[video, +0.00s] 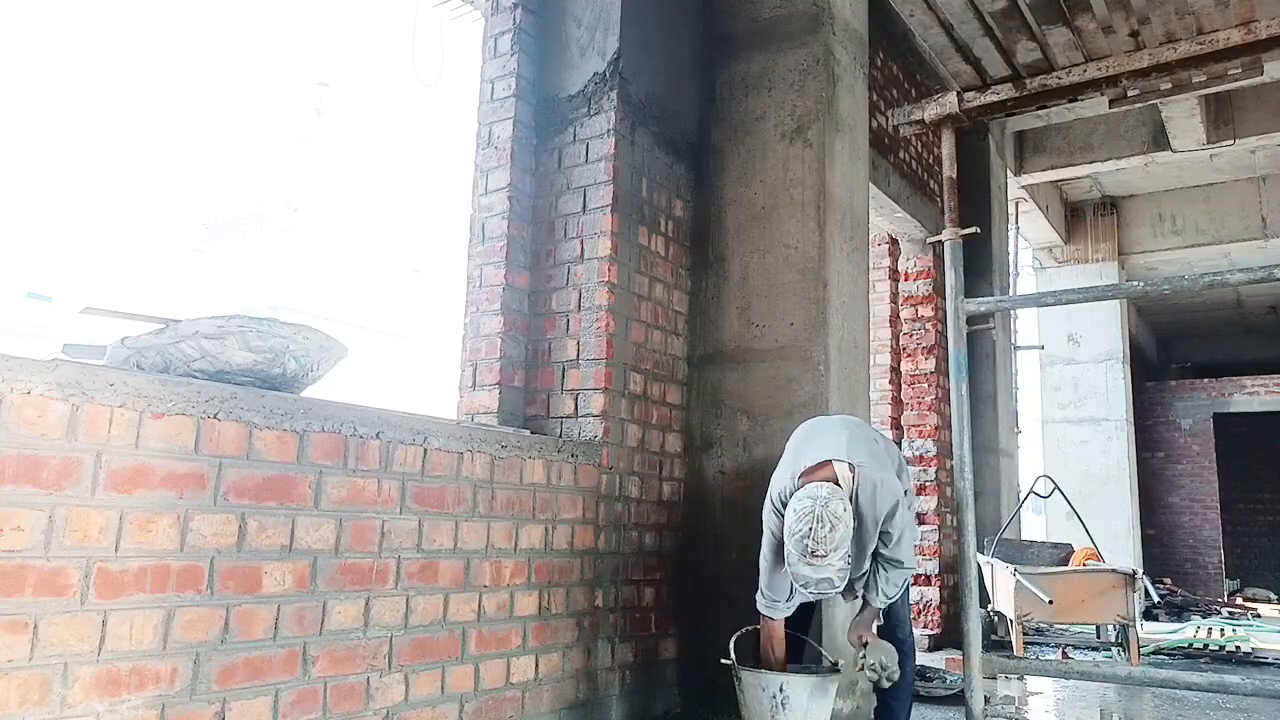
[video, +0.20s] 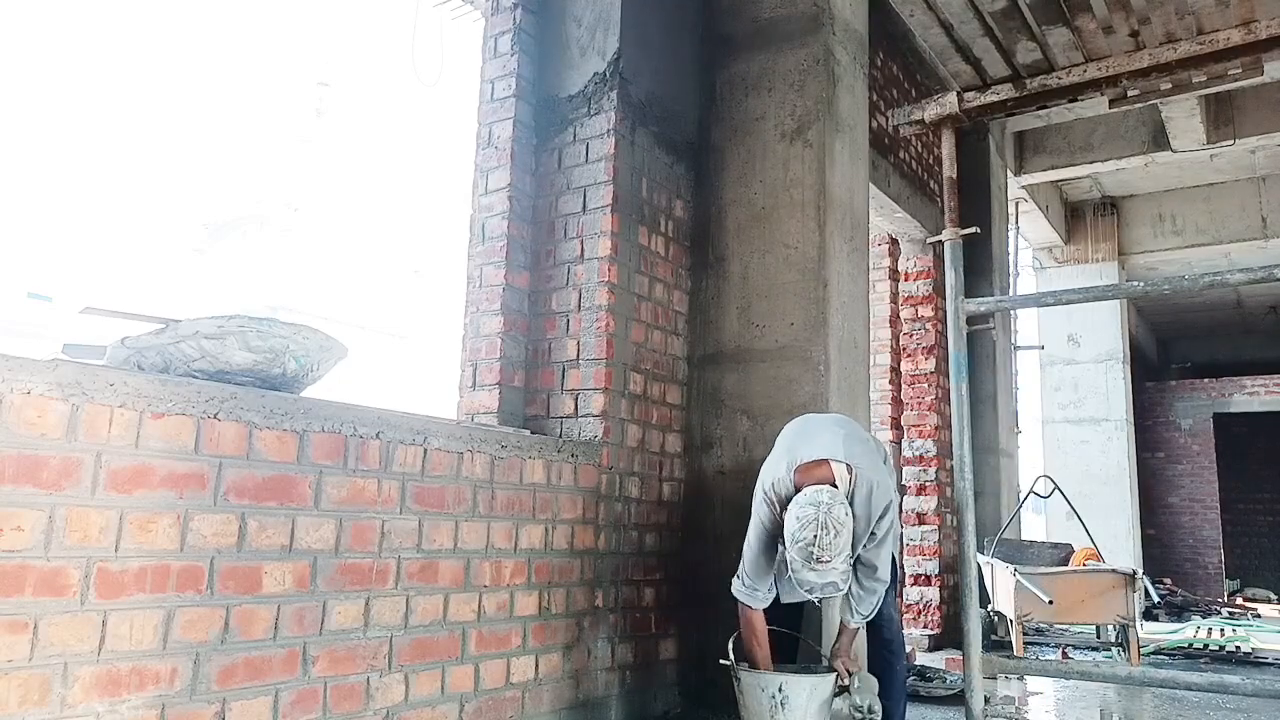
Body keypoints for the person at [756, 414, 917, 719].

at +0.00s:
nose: (819, 585)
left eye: (831, 571)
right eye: (808, 575)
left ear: (850, 524)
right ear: (787, 528)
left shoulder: (883, 492)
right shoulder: (778, 500)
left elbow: (897, 563)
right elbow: (772, 609)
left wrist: (866, 620)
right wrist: (776, 694)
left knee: (895, 627)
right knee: (792, 621)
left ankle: (893, 713)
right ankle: (779, 707)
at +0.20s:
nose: (821, 581)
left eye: (833, 572)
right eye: (810, 572)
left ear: (848, 522)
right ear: (787, 527)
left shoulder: (877, 493)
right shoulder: (770, 496)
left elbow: (872, 577)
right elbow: (749, 598)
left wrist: (843, 648)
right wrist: (767, 687)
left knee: (884, 620)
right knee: (781, 606)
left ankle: (891, 713)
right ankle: (775, 705)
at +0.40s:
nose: (809, 600)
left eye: (820, 590)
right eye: (798, 588)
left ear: (842, 532)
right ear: (778, 535)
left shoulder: (872, 496)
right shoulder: (763, 501)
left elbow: (870, 580)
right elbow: (756, 594)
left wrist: (838, 649)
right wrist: (773, 679)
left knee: (884, 619)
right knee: (786, 608)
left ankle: (888, 714)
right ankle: (781, 701)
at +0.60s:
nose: (810, 598)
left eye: (822, 586)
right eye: (800, 586)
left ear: (845, 531)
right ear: (781, 533)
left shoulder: (874, 497)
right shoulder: (766, 500)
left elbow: (871, 581)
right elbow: (758, 598)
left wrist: (838, 650)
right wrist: (768, 683)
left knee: (884, 616)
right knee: (788, 606)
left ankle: (889, 713)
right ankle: (779, 701)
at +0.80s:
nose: (808, 601)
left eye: (818, 591)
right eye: (798, 593)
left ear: (838, 530)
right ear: (776, 530)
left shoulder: (869, 499)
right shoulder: (762, 506)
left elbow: (871, 583)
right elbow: (763, 598)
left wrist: (837, 649)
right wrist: (782, 681)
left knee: (884, 616)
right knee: (791, 608)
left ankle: (888, 713)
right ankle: (785, 704)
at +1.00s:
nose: (810, 602)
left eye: (821, 592)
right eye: (800, 592)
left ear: (840, 531)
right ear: (778, 533)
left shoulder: (871, 500)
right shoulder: (763, 503)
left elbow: (872, 582)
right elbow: (761, 598)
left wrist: (838, 649)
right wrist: (777, 682)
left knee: (884, 615)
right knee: (789, 608)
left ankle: (889, 713)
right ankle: (782, 703)